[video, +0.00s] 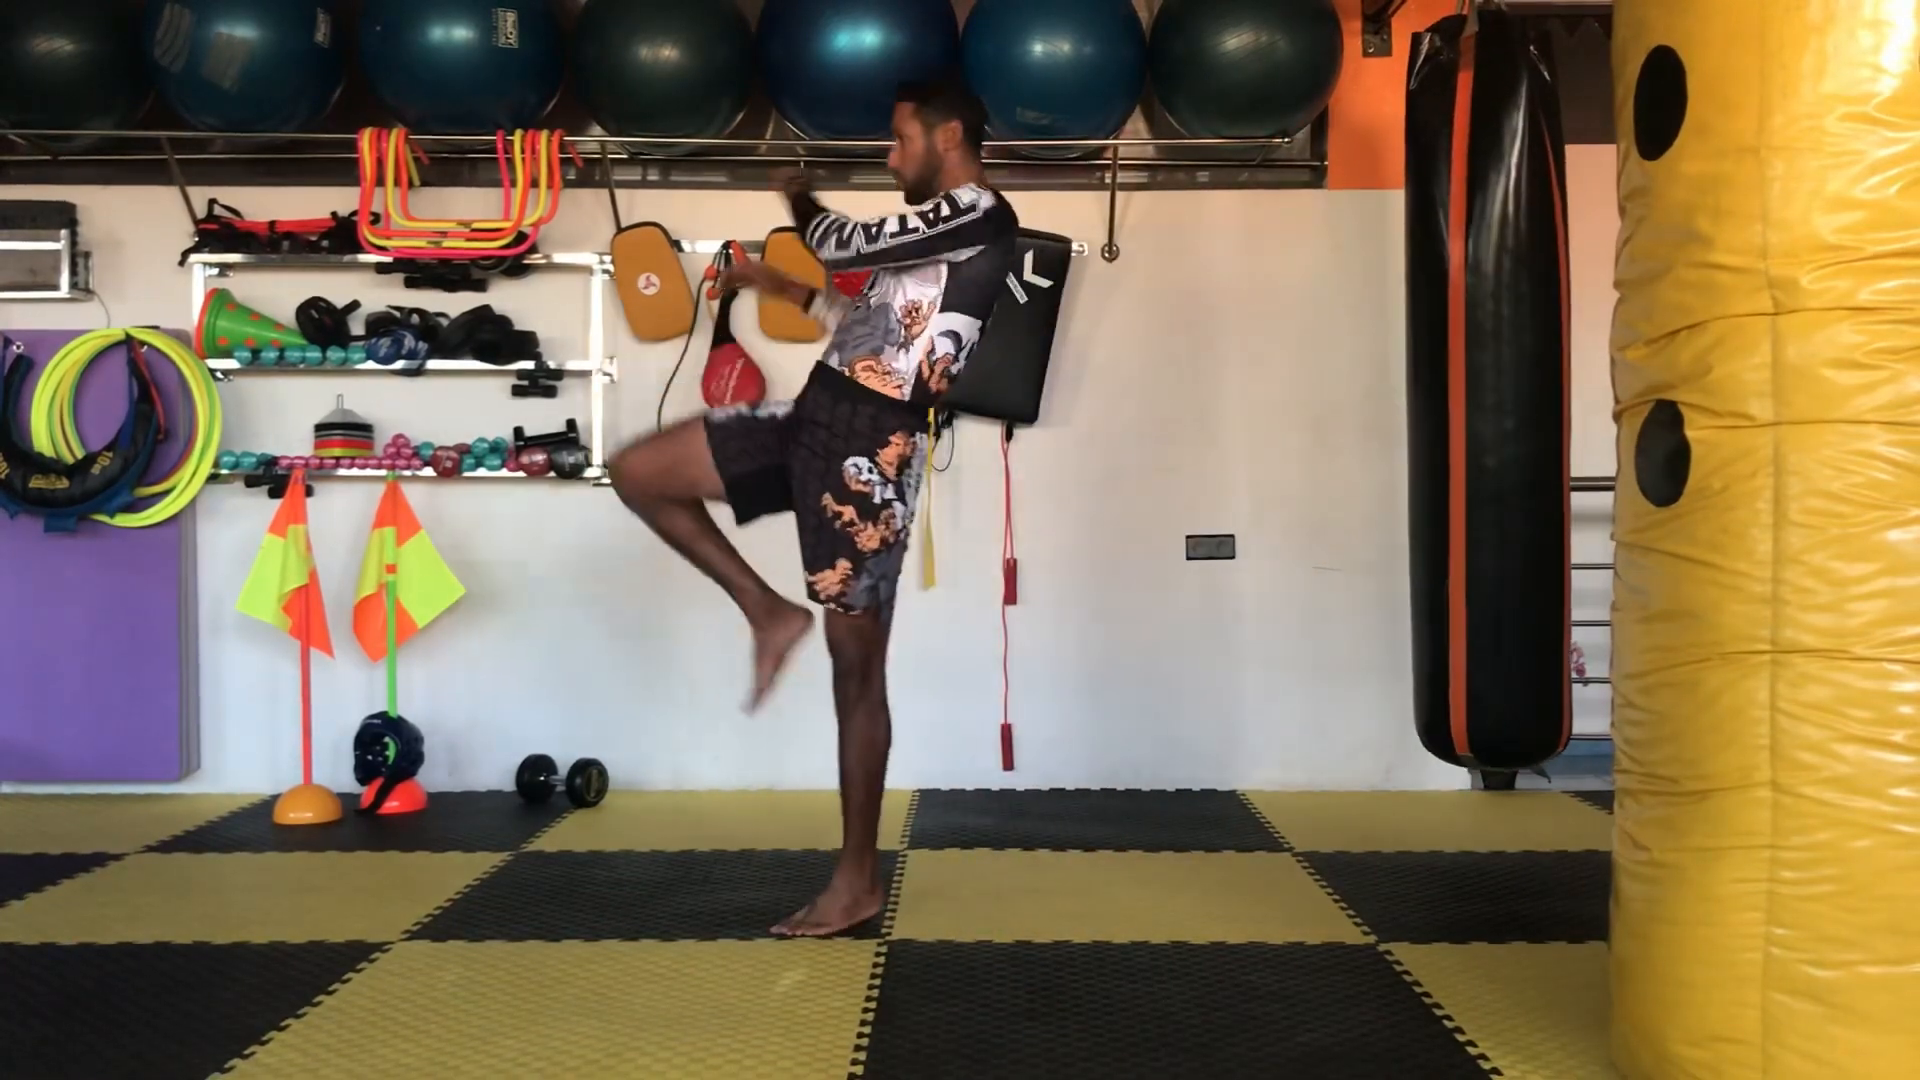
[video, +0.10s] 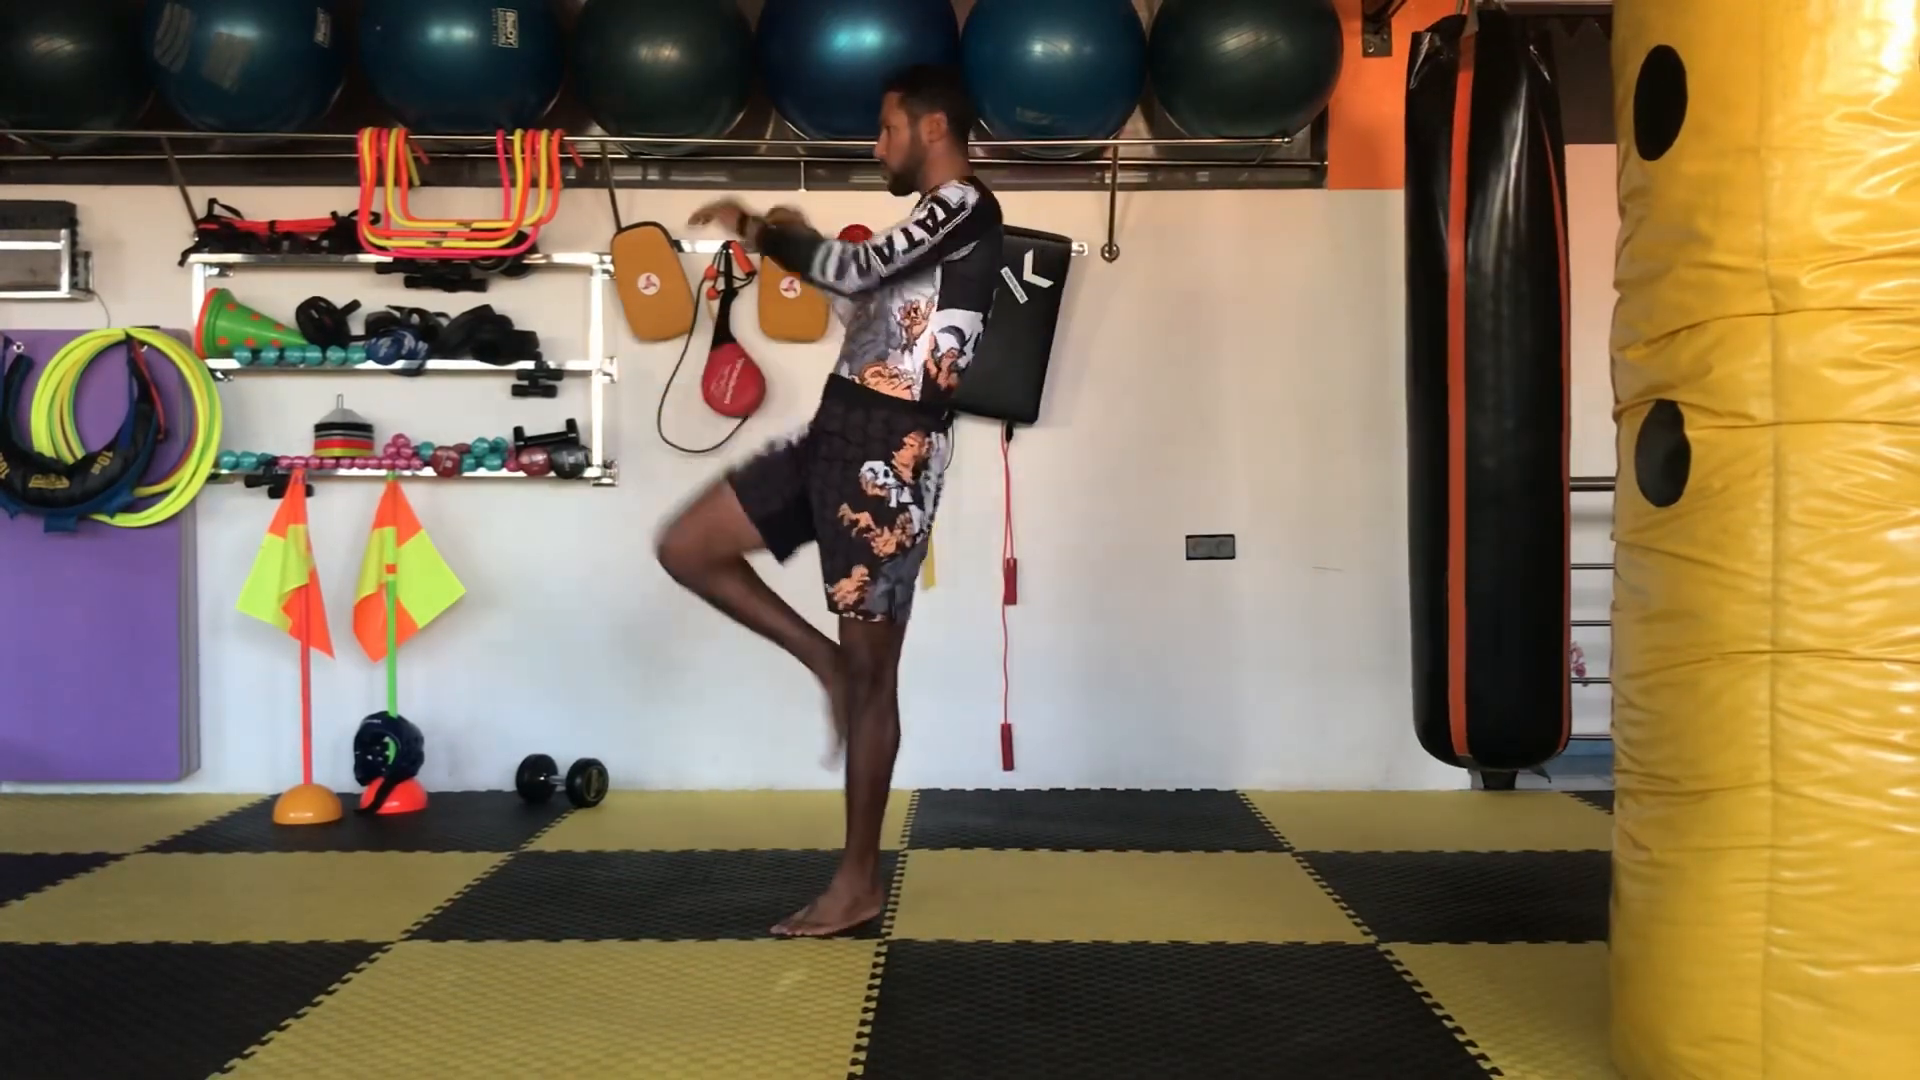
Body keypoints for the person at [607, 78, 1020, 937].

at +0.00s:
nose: (892, 155)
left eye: (901, 138)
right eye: (892, 140)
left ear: (948, 137)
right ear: (947, 138)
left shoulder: (977, 218)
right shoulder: (921, 223)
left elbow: (847, 248)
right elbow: (856, 301)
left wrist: (799, 202)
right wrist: (779, 283)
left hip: (870, 447)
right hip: (810, 423)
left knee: (857, 669)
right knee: (638, 471)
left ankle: (858, 877)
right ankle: (768, 612)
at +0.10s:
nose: (877, 144)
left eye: (886, 126)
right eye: (879, 128)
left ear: (935, 128)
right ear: (934, 133)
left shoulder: (960, 208)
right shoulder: (929, 213)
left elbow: (854, 270)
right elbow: (866, 287)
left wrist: (764, 227)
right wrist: (798, 239)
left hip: (886, 452)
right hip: (836, 439)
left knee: (867, 667)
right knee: (687, 547)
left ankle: (858, 878)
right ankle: (832, 665)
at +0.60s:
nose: (952, 199)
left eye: (958, 182)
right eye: (952, 182)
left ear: (998, 182)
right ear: (1019, 184)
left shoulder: (1016, 263)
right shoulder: (1066, 259)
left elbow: (1015, 406)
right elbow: (1020, 383)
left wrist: (906, 385)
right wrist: (963, 311)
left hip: (1037, 495)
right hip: (1085, 494)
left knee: (871, 662)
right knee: (1104, 705)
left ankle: (868, 886)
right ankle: (1206, 894)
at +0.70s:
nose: (972, 199)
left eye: (976, 181)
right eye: (972, 182)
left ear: (1013, 179)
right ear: (1041, 181)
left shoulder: (1036, 259)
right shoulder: (1097, 255)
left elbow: (1010, 398)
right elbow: (1055, 376)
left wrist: (911, 350)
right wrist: (986, 308)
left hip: (1055, 496)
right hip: (1113, 496)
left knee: (897, 657)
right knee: (1113, 702)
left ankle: (889, 882)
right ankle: (1205, 894)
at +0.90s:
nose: (982, 170)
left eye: (985, 153)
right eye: (979, 155)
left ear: (1028, 143)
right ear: (1051, 142)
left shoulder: (1039, 216)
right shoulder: (1116, 219)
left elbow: (981, 352)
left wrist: (927, 270)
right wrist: (992, 245)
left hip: (1050, 459)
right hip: (1113, 457)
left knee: (940, 656)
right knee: (1134, 677)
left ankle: (953, 888)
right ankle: (1202, 879)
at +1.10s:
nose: (957, 190)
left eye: (959, 171)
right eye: (953, 173)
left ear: (1001, 161)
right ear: (1022, 160)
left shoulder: (1009, 236)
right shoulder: (1099, 236)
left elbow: (976, 379)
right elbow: (1068, 365)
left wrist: (909, 313)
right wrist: (976, 282)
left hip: (1031, 476)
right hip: (1098, 474)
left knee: (941, 683)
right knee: (1116, 687)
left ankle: (957, 907)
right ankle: (1204, 882)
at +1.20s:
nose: (948, 188)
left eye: (951, 169)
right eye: (945, 171)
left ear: (992, 158)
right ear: (1013, 157)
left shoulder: (1001, 230)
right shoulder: (1089, 233)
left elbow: (967, 373)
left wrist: (900, 304)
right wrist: (963, 282)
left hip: (1026, 464)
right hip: (1092, 462)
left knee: (945, 681)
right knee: (1096, 675)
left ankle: (958, 908)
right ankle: (1196, 865)